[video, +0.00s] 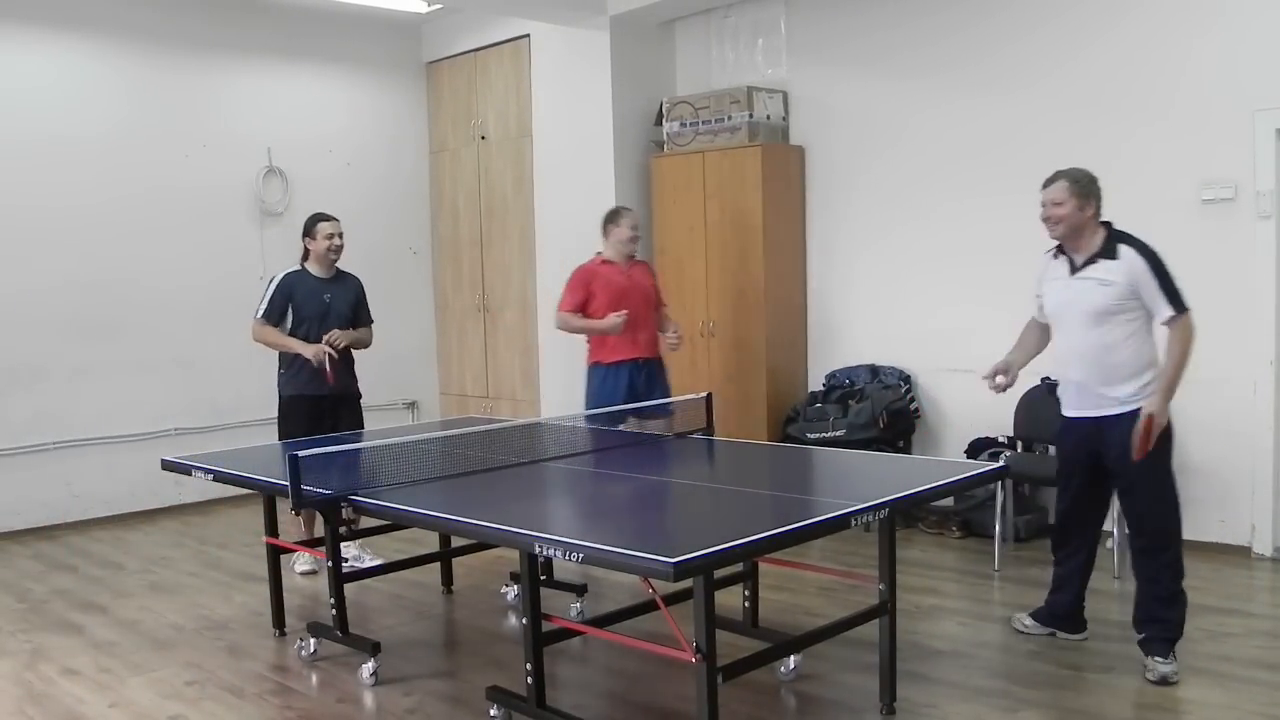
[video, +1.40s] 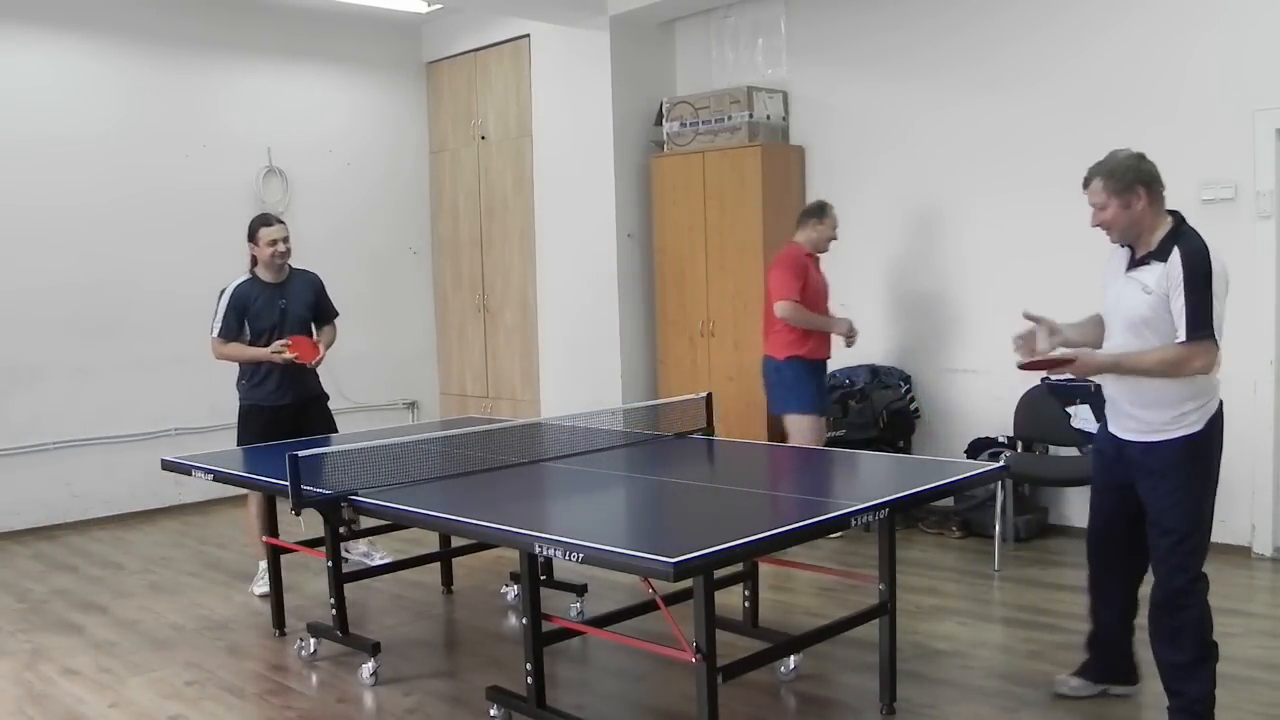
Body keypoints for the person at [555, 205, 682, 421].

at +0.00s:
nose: (637, 235)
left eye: (638, 229)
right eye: (632, 228)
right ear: (609, 231)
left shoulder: (644, 270)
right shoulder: (587, 273)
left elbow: (657, 310)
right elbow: (563, 319)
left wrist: (669, 329)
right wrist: (603, 326)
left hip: (650, 368)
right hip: (608, 372)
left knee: (659, 443)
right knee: (603, 445)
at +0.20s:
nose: (674, 240)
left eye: (675, 234)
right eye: (670, 233)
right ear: (650, 232)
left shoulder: (675, 272)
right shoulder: (620, 271)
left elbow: (688, 314)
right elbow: (596, 318)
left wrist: (700, 330)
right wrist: (638, 327)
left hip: (677, 366)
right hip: (640, 369)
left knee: (680, 444)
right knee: (642, 444)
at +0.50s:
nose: (712, 242)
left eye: (713, 235)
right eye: (709, 233)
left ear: (695, 233)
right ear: (692, 232)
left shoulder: (701, 271)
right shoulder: (663, 270)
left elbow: (705, 315)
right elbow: (639, 315)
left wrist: (735, 333)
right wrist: (689, 329)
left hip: (702, 370)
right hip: (675, 373)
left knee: (702, 443)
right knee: (683, 445)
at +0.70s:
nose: (734, 242)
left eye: (735, 236)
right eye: (733, 235)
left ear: (717, 234)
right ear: (721, 234)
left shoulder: (712, 266)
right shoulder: (695, 267)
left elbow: (714, 316)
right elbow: (688, 318)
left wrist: (743, 333)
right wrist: (740, 334)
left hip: (720, 368)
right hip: (703, 370)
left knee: (736, 438)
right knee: (714, 444)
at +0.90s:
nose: (761, 236)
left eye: (760, 229)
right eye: (758, 228)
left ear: (740, 229)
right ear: (742, 229)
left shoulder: (733, 262)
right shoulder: (726, 263)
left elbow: (737, 312)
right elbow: (739, 316)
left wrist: (763, 330)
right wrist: (778, 325)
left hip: (740, 368)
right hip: (724, 370)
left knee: (762, 435)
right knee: (724, 444)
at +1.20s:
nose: (811, 244)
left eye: (811, 238)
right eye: (809, 236)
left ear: (792, 233)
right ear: (793, 232)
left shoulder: (781, 266)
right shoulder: (772, 264)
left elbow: (781, 319)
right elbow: (775, 318)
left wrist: (810, 339)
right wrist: (813, 335)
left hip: (786, 371)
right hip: (767, 373)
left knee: (806, 443)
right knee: (761, 453)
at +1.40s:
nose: (834, 238)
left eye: (835, 232)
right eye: (831, 231)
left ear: (814, 227)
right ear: (813, 226)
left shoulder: (809, 262)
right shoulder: (790, 260)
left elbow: (811, 310)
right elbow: (786, 308)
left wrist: (840, 326)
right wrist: (835, 325)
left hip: (809, 364)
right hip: (792, 364)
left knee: (810, 443)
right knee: (807, 444)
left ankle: (808, 517)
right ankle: (800, 519)